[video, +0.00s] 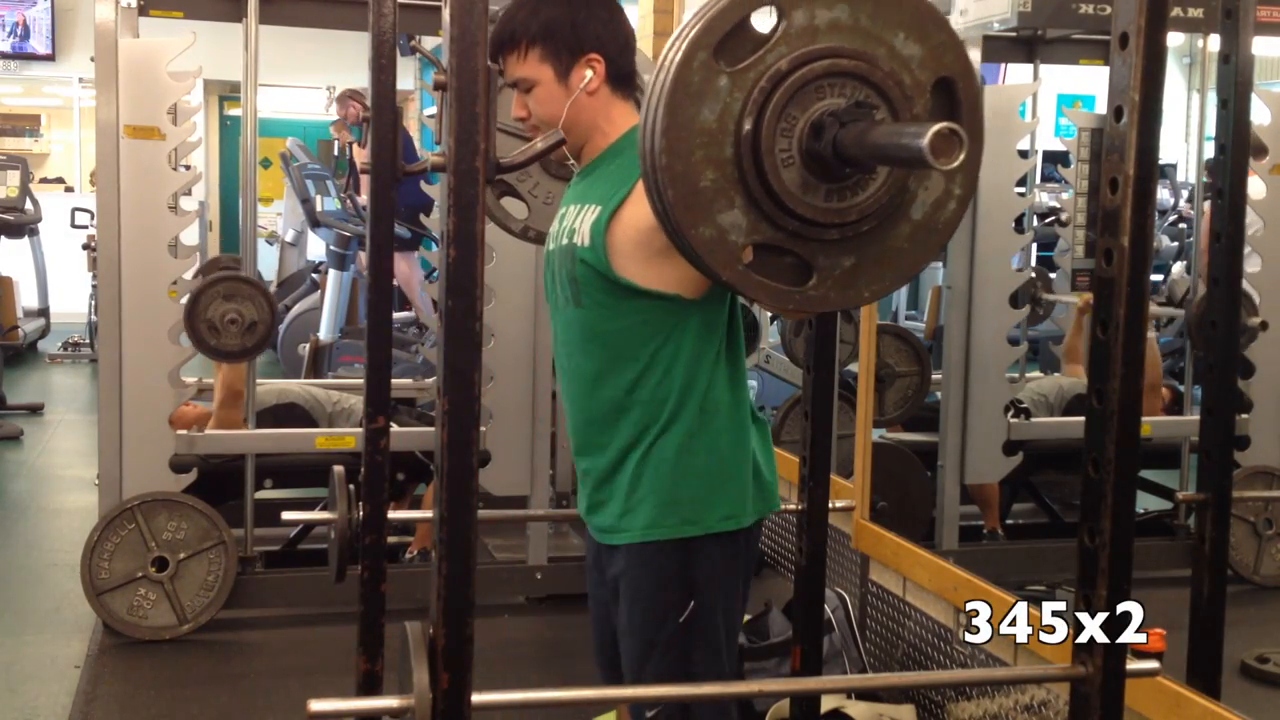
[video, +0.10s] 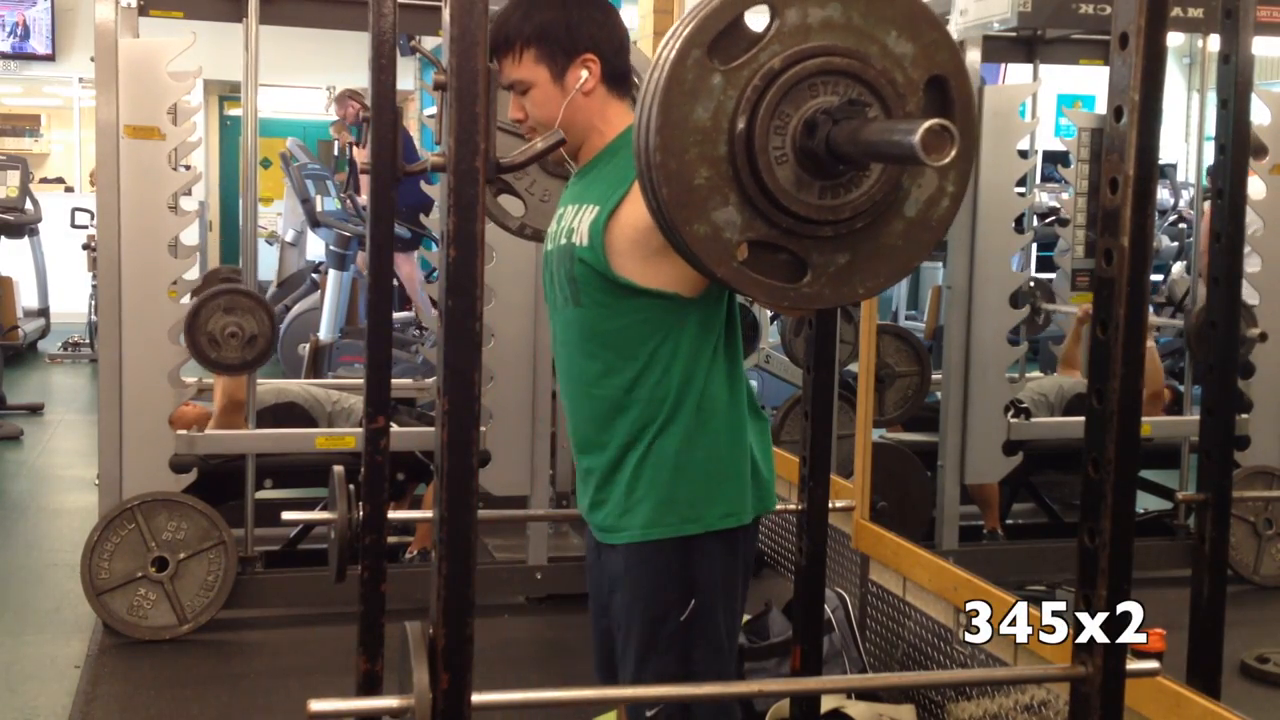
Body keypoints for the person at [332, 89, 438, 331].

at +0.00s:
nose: (345, 120)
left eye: (344, 114)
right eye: (342, 117)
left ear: (355, 106)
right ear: (355, 107)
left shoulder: (377, 126)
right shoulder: (372, 126)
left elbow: (366, 165)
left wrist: (364, 198)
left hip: (403, 201)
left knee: (401, 263)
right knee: (406, 259)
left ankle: (430, 323)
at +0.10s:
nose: (344, 120)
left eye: (343, 115)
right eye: (341, 116)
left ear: (354, 105)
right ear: (354, 107)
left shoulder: (380, 126)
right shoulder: (365, 128)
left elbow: (368, 165)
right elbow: (362, 166)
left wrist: (364, 199)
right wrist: (361, 197)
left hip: (403, 203)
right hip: (385, 202)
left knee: (404, 265)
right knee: (363, 261)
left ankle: (429, 321)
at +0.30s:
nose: (343, 121)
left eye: (343, 116)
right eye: (341, 118)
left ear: (353, 106)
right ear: (353, 107)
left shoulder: (377, 124)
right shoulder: (364, 127)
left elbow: (367, 163)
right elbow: (360, 162)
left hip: (405, 199)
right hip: (390, 199)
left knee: (409, 257)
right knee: (396, 257)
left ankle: (426, 315)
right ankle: (417, 307)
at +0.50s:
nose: (344, 122)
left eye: (344, 116)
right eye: (342, 118)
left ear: (355, 107)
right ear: (354, 108)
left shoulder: (381, 127)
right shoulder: (364, 131)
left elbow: (371, 167)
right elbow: (363, 169)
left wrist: (365, 200)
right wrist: (362, 199)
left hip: (402, 204)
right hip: (383, 204)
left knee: (404, 262)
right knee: (365, 260)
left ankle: (431, 325)